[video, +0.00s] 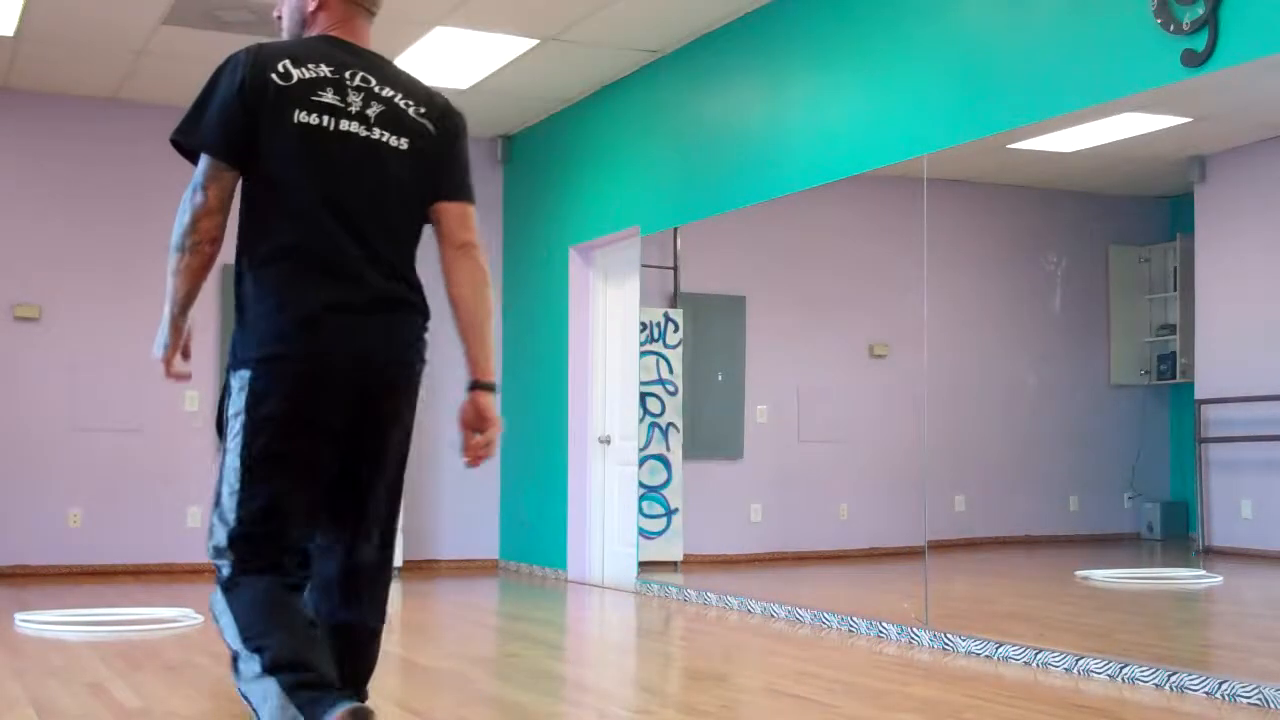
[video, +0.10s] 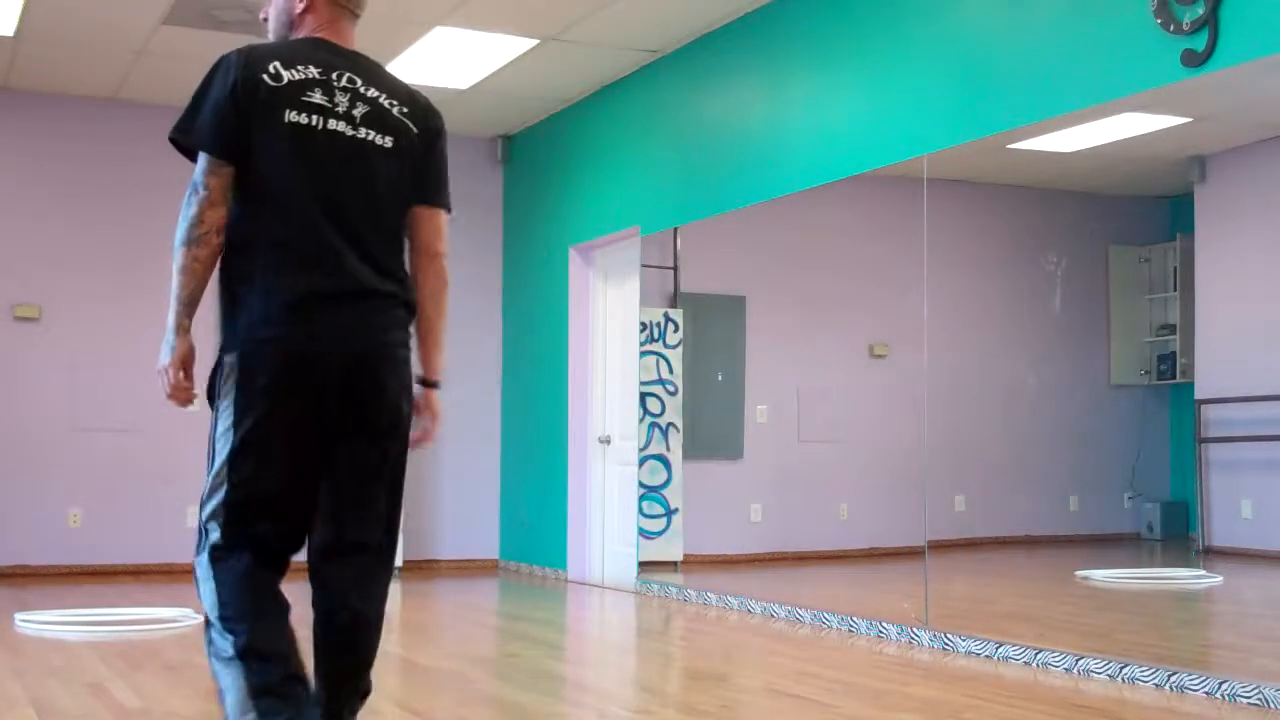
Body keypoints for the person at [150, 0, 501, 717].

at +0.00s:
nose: (282, 16)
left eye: (287, 9)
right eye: (286, 11)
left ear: (307, 9)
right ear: (372, 18)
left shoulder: (260, 67)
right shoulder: (435, 111)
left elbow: (207, 207)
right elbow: (461, 243)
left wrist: (177, 314)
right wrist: (482, 380)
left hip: (283, 348)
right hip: (392, 357)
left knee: (251, 556)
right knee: (358, 549)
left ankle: (323, 706)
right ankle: (339, 714)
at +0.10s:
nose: (264, 19)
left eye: (271, 9)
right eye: (268, 11)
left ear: (301, 9)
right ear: (352, 20)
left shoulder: (250, 68)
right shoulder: (417, 110)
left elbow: (207, 215)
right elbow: (429, 251)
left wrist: (180, 330)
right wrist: (429, 377)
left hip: (272, 350)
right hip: (379, 359)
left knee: (237, 544)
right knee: (358, 551)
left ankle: (276, 709)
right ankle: (337, 708)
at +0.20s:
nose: (251, 30)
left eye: (256, 15)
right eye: (253, 17)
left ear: (286, 18)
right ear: (335, 28)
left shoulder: (236, 90)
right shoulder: (398, 125)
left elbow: (203, 222)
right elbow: (403, 272)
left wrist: (180, 334)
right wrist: (383, 350)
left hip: (258, 347)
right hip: (362, 351)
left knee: (238, 541)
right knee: (348, 547)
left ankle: (226, 707)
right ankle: (338, 708)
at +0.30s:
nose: (233, 68)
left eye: (239, 55)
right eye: (237, 55)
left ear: (265, 56)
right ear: (313, 64)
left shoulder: (224, 127)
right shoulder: (372, 150)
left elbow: (197, 240)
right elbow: (381, 281)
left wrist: (178, 350)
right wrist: (348, 343)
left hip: (245, 359)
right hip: (342, 363)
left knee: (230, 545)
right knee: (333, 543)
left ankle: (208, 702)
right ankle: (331, 706)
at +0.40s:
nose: (213, 95)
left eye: (217, 83)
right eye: (215, 83)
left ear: (242, 83)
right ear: (290, 88)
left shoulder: (208, 151)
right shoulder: (349, 168)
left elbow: (185, 270)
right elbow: (361, 300)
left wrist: (170, 376)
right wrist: (319, 344)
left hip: (231, 373)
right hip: (322, 375)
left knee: (223, 544)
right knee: (319, 539)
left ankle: (220, 703)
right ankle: (326, 698)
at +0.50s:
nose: (204, 105)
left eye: (205, 95)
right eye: (205, 95)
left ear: (221, 95)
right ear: (277, 96)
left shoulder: (193, 161)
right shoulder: (334, 172)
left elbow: (173, 278)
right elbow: (352, 301)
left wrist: (158, 378)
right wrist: (327, 364)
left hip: (216, 380)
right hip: (303, 380)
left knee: (212, 543)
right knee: (304, 531)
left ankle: (219, 697)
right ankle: (305, 641)